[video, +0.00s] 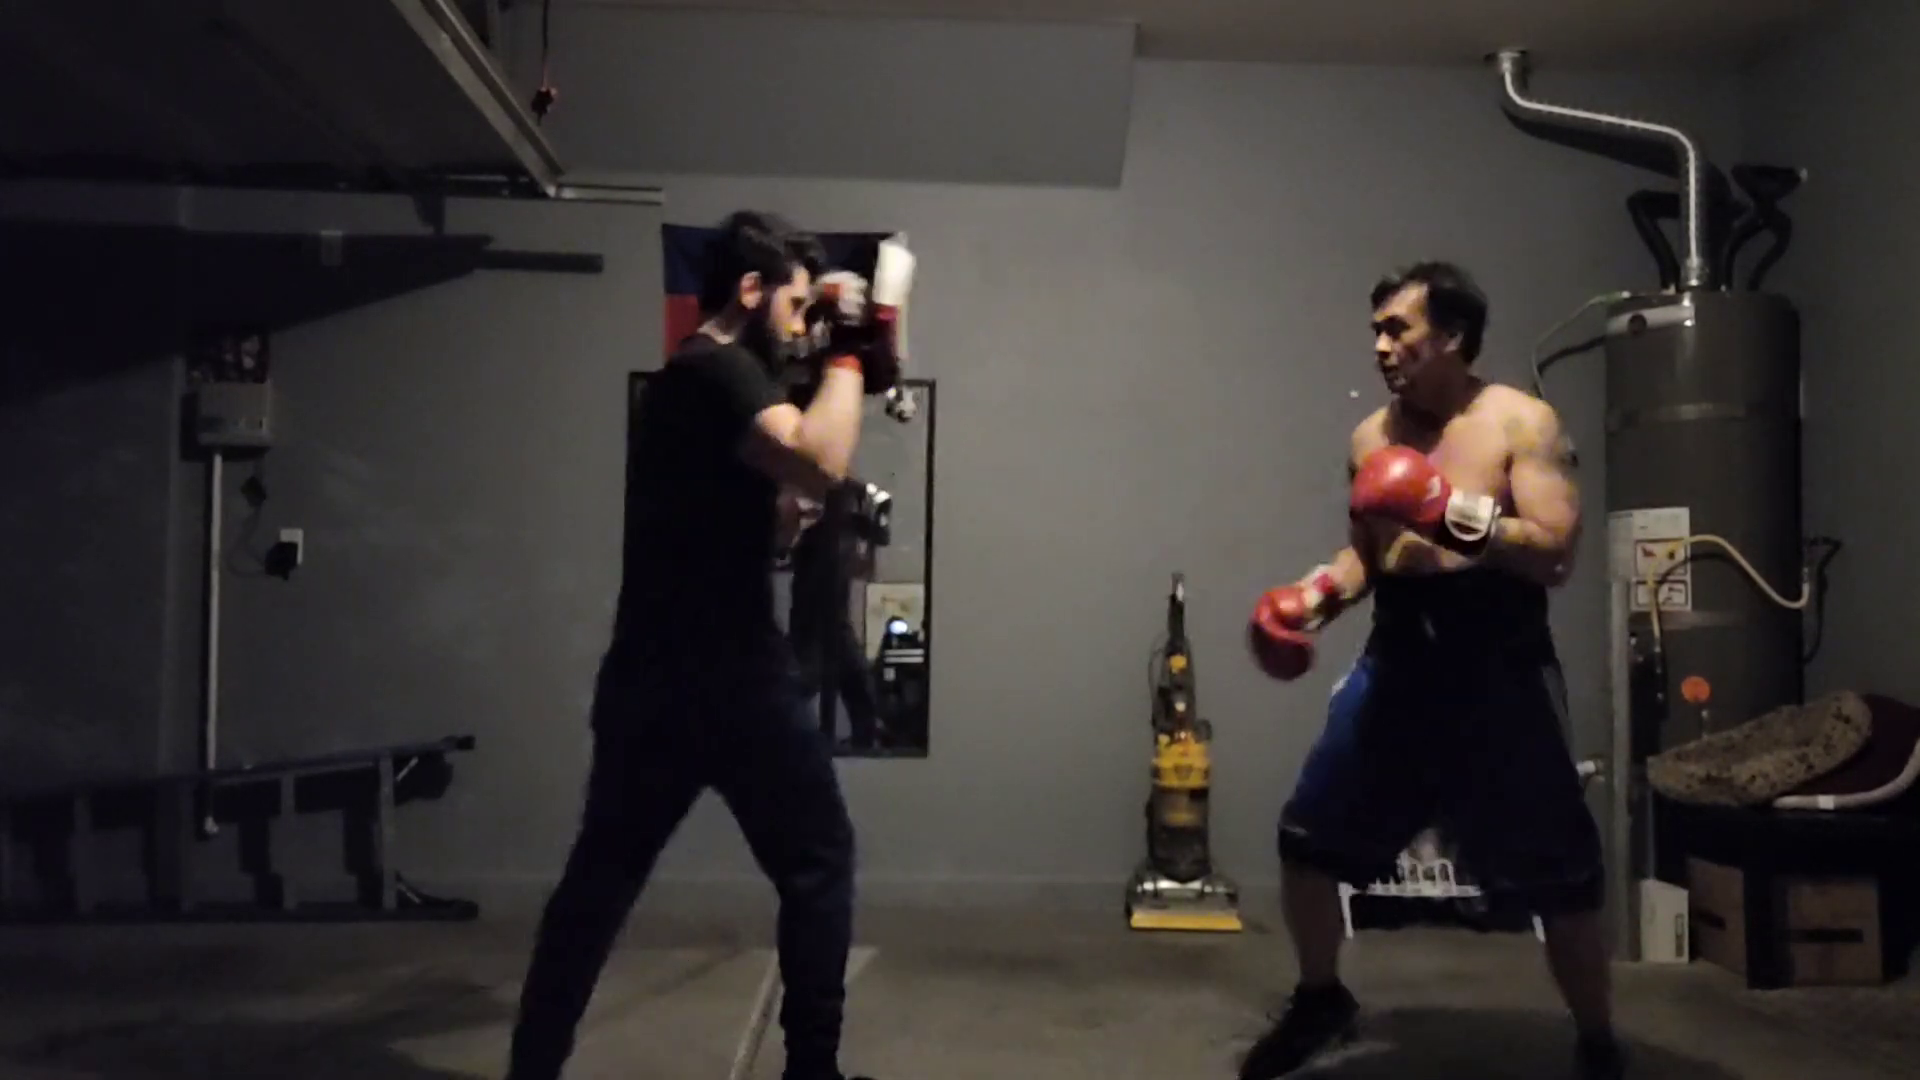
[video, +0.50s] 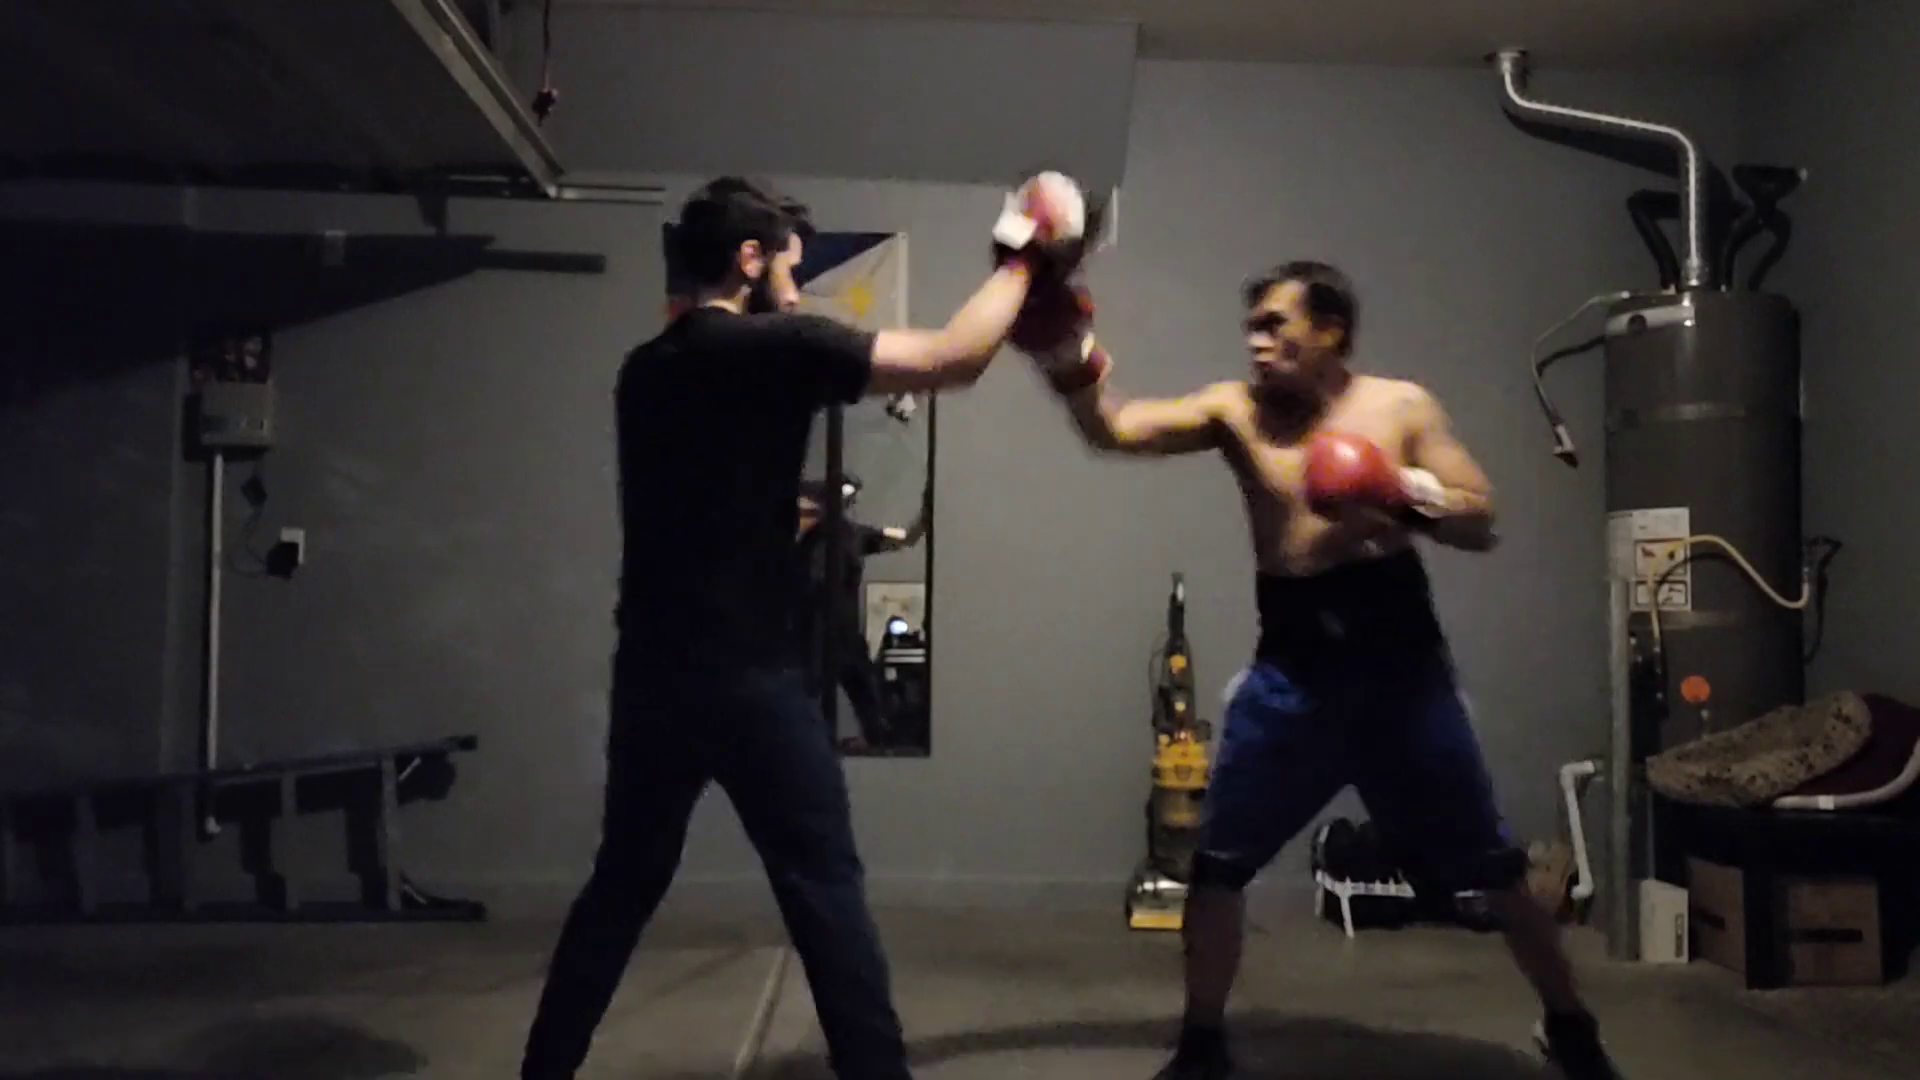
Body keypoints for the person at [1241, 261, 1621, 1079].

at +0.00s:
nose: (1381, 349)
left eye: (1396, 331)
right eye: (1377, 335)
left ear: (1454, 337)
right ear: (1387, 347)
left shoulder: (1523, 419)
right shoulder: (1375, 436)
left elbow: (1553, 550)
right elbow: (1366, 552)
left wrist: (1449, 510)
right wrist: (1310, 600)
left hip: (1502, 683)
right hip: (1397, 681)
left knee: (1564, 872)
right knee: (1307, 837)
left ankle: (1597, 1045)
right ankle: (1320, 998)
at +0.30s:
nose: (1345, 353)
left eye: (1361, 336)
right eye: (1340, 339)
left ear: (1418, 343)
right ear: (1345, 349)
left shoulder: (1488, 421)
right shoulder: (1327, 436)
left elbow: (1528, 551)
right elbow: (1298, 532)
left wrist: (1423, 504)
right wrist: (1261, 529)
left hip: (1472, 689)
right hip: (1357, 686)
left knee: (1547, 886)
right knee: (1268, 862)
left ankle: (1596, 1053)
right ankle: (1237, 1045)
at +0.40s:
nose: (1311, 343)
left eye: (1327, 327)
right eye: (1305, 328)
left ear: (1382, 335)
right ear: (1302, 338)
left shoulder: (1451, 416)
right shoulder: (1276, 413)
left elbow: (1519, 540)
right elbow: (1176, 476)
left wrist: (1425, 510)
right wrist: (1161, 423)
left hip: (1429, 684)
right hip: (1314, 681)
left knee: (1515, 879)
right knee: (1236, 866)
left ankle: (1590, 1043)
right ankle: (1220, 1044)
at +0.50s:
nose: (1256, 343)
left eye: (1273, 326)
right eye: (1251, 329)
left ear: (1332, 333)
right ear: (1250, 338)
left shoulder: (1399, 406)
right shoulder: (1234, 408)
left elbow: (1480, 520)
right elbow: (1114, 428)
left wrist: (1399, 490)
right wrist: (1071, 365)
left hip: (1401, 676)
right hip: (1290, 677)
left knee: (1492, 872)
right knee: (1215, 868)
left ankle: (1572, 1029)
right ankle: (1200, 1047)